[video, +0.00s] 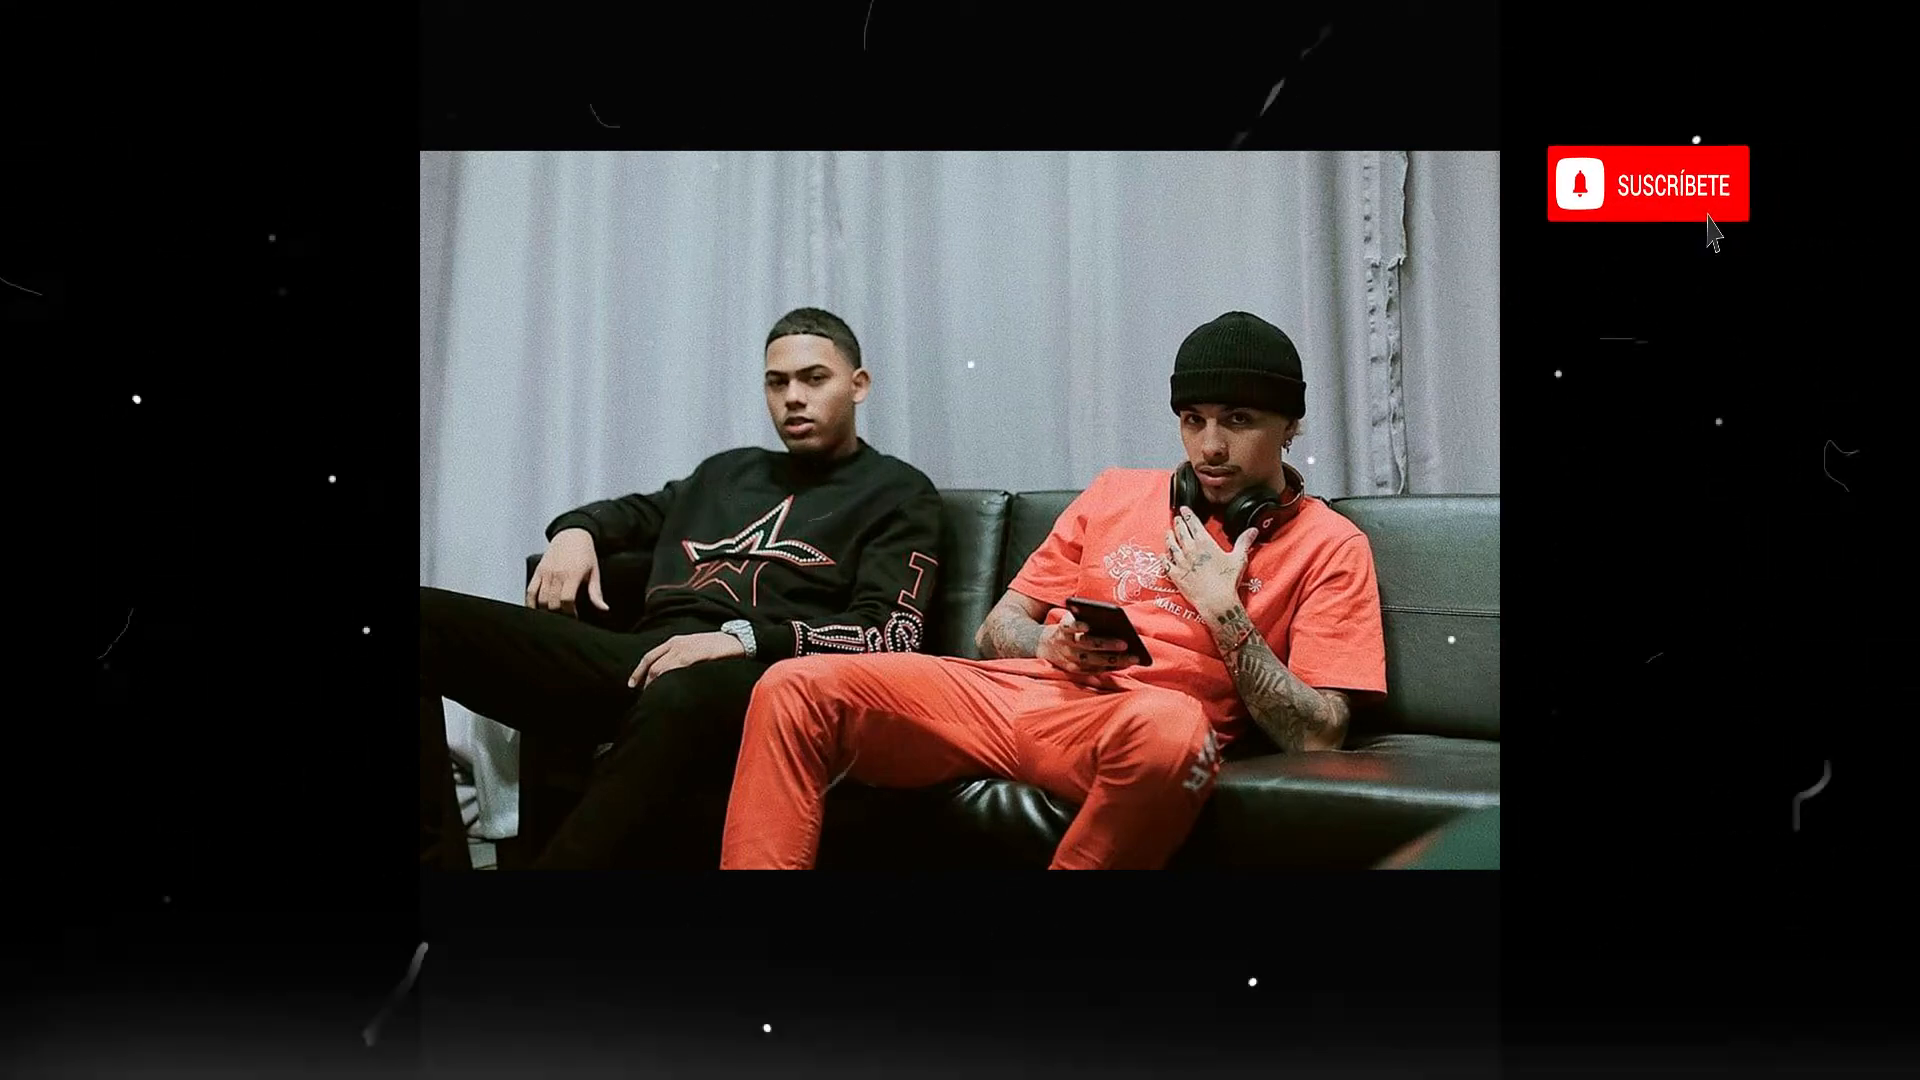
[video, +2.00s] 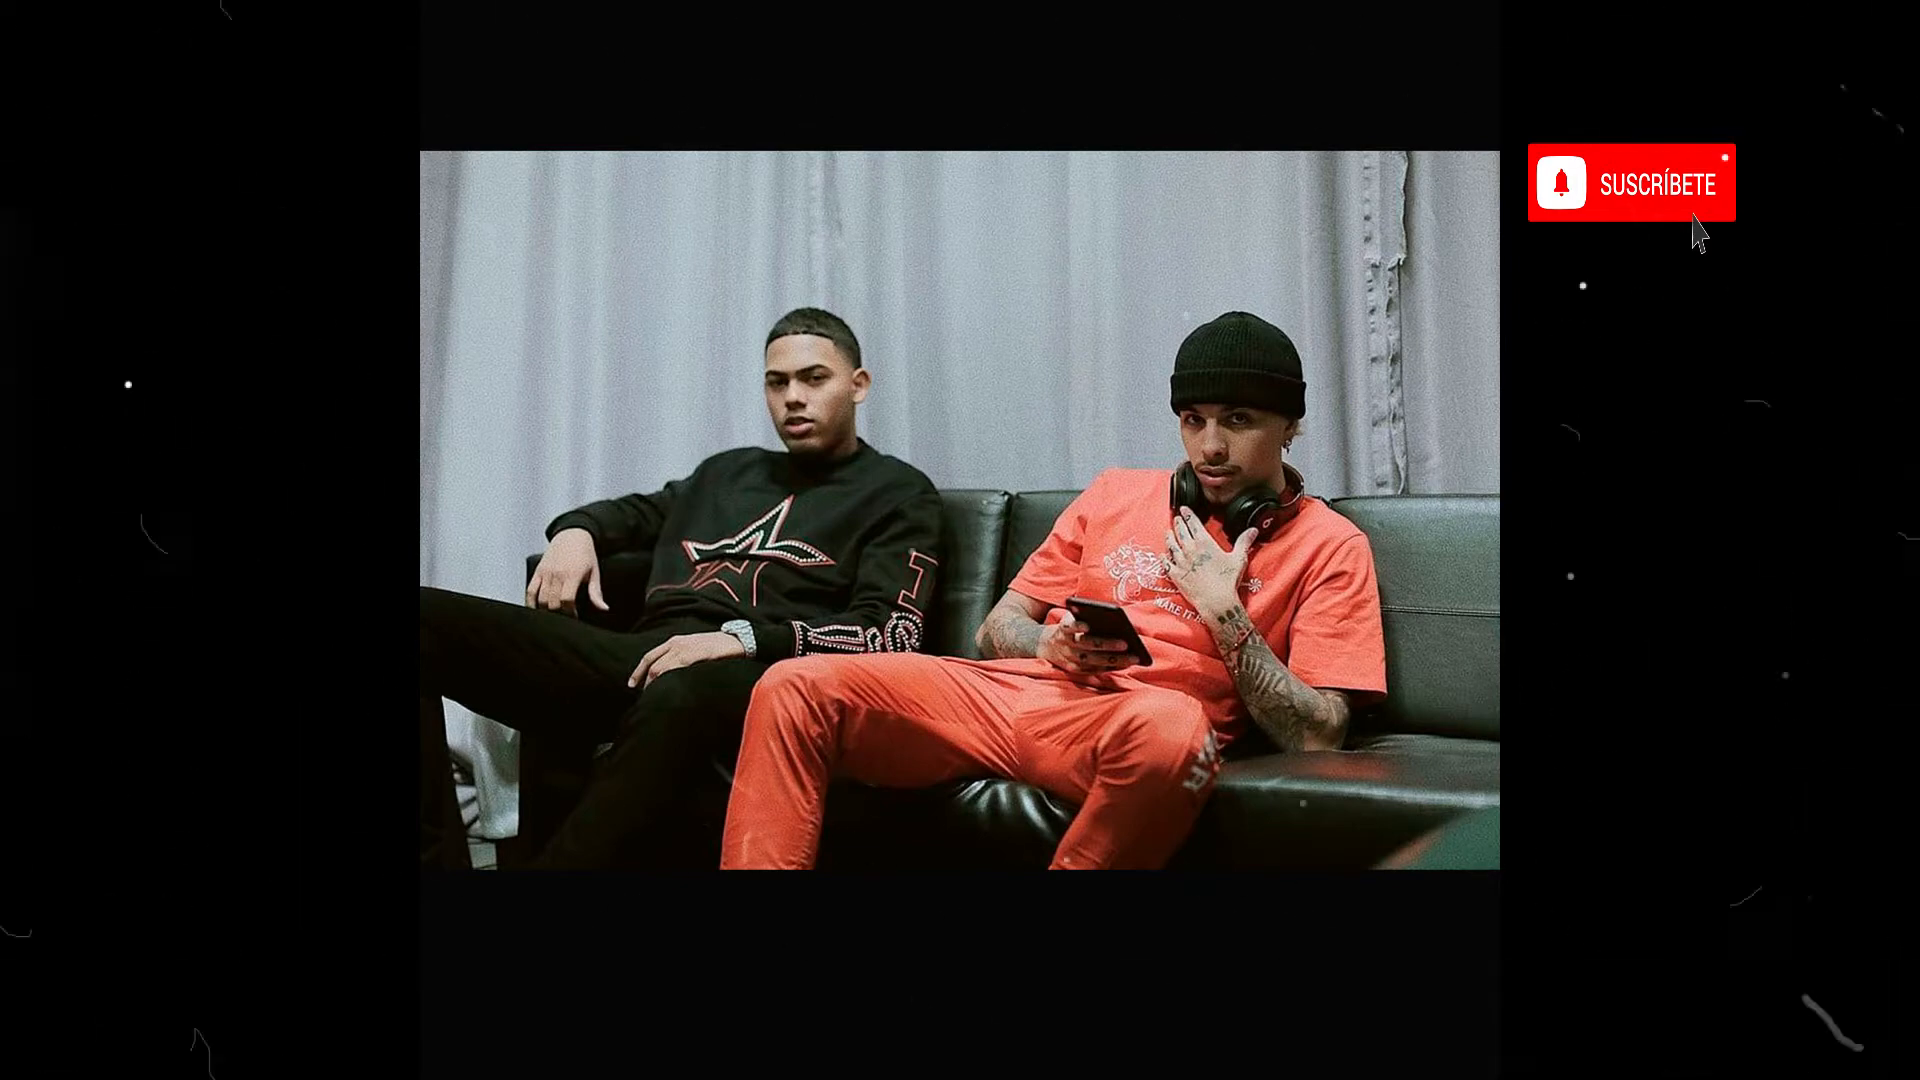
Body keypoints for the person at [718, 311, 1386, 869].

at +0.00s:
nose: (1211, 445)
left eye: (1238, 422)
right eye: (1195, 419)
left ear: (1288, 429)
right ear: (1179, 422)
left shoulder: (1329, 546)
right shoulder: (1117, 493)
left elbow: (1318, 736)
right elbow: (999, 627)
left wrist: (1227, 615)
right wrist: (1052, 646)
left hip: (1131, 707)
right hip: (1013, 685)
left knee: (1170, 745)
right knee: (792, 694)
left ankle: (1047, 954)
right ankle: (755, 951)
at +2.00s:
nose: (1210, 445)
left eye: (1238, 421)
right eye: (1195, 419)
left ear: (1288, 429)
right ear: (1179, 422)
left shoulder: (1329, 546)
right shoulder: (1118, 493)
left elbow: (1318, 735)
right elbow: (999, 626)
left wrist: (1227, 615)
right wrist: (1051, 647)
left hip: (1131, 708)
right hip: (1013, 685)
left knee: (1171, 745)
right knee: (792, 693)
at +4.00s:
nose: (1210, 445)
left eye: (1238, 421)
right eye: (1196, 419)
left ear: (1289, 429)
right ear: (1179, 422)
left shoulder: (1328, 546)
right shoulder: (1118, 493)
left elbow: (1318, 734)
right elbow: (999, 626)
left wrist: (1226, 614)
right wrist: (1050, 646)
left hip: (1132, 708)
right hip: (1013, 685)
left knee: (1170, 747)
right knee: (792, 693)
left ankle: (1047, 951)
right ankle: (756, 951)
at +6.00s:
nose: (1210, 445)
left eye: (1238, 422)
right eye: (1196, 420)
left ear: (1288, 429)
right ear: (1179, 422)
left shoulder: (1328, 546)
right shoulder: (1117, 493)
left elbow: (1318, 736)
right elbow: (999, 625)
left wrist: (1227, 615)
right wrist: (1053, 646)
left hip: (1132, 707)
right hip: (1013, 685)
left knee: (1172, 745)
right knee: (791, 693)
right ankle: (761, 923)